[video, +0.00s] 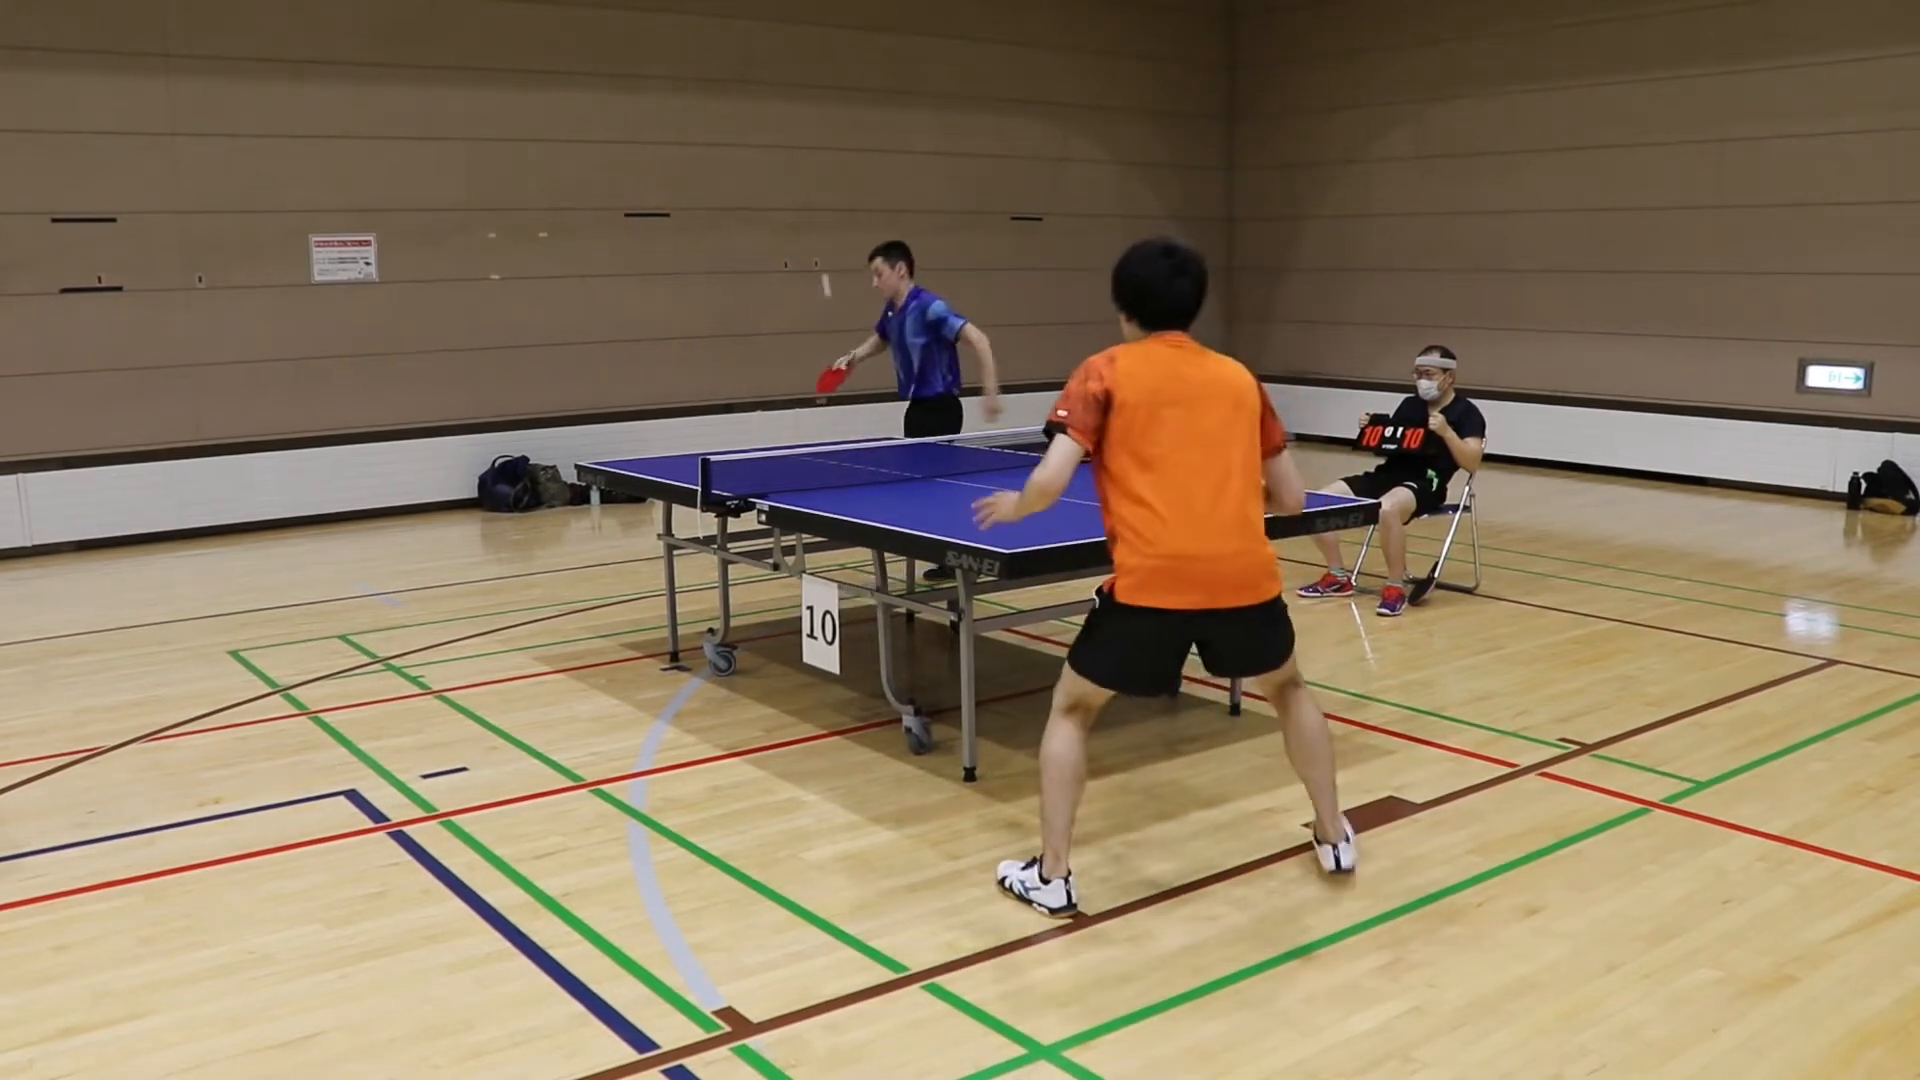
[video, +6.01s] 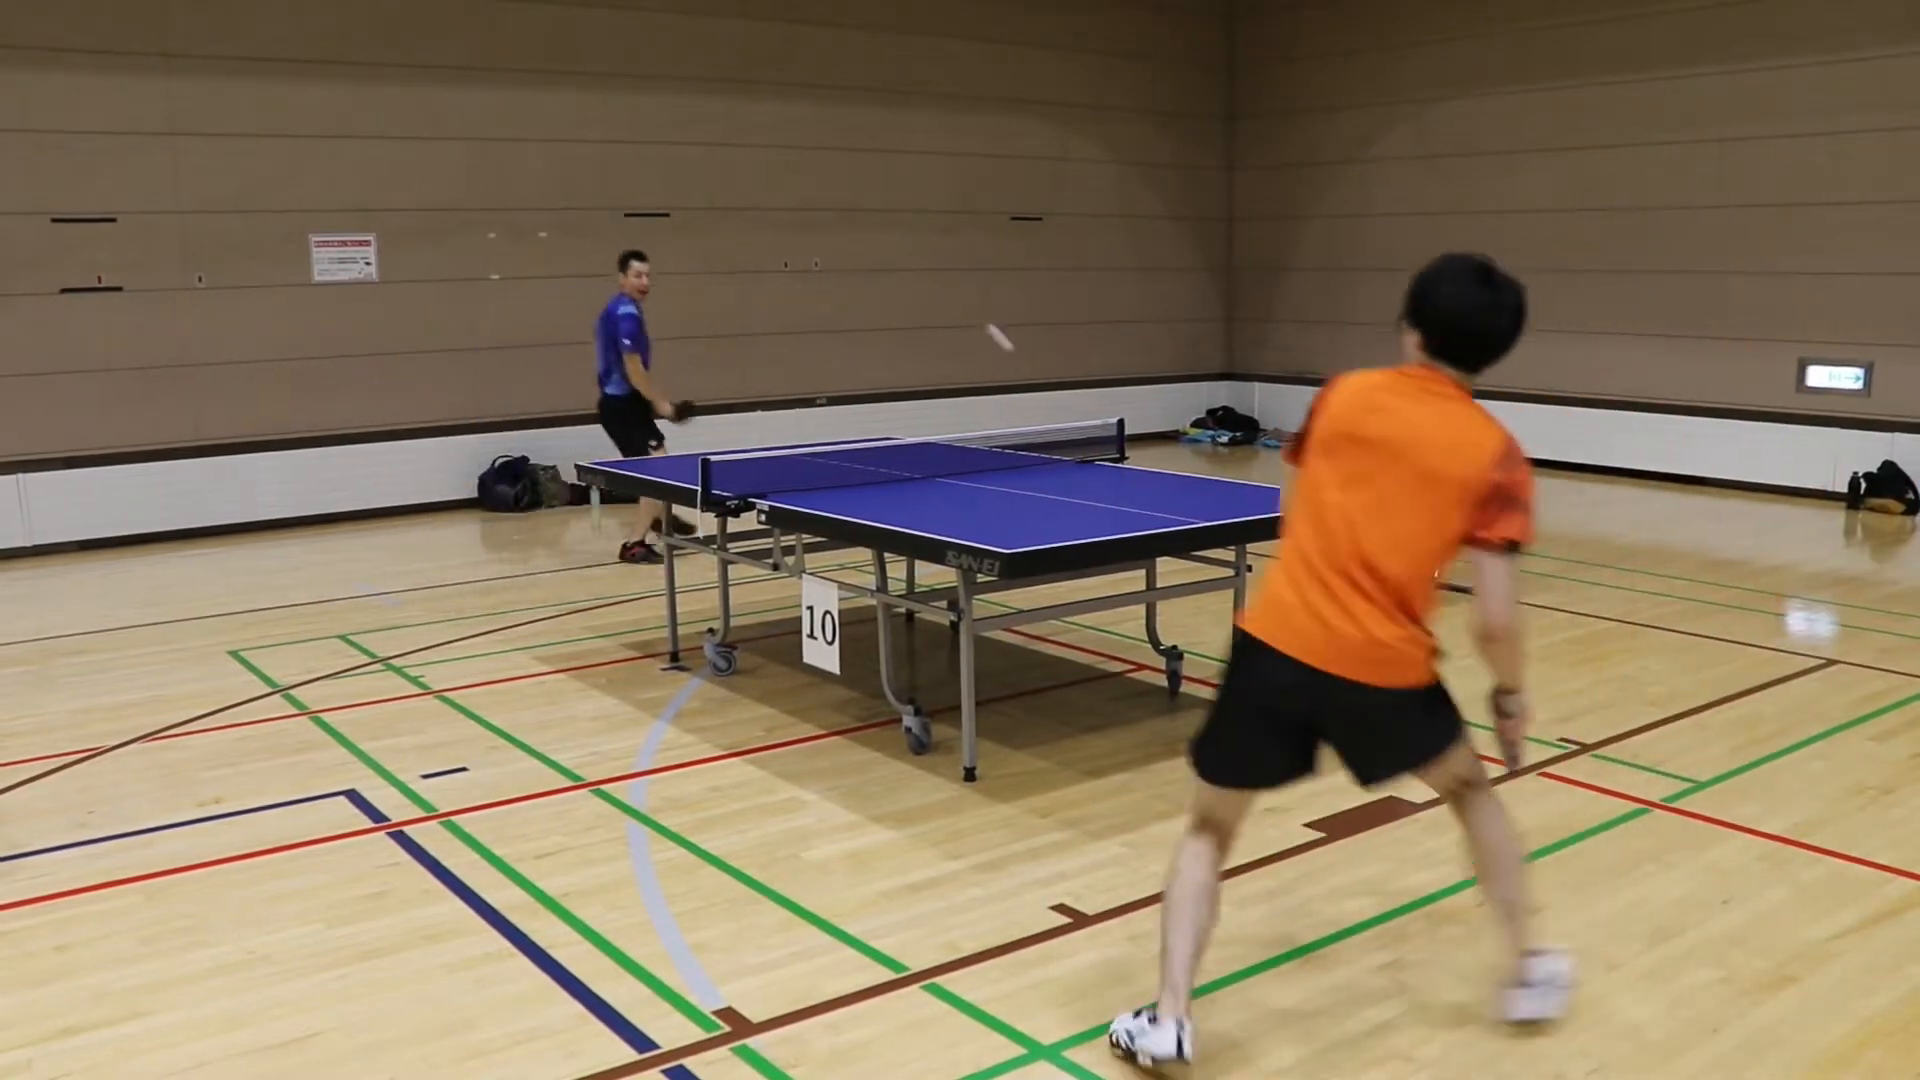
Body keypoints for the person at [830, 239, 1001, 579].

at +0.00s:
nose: (874, 283)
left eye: (878, 274)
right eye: (872, 275)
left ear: (901, 270)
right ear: (894, 273)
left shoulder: (928, 307)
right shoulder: (893, 309)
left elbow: (979, 339)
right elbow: (878, 341)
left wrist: (990, 393)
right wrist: (852, 357)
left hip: (940, 410)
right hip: (918, 410)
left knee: (934, 485)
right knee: (925, 486)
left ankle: (955, 559)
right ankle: (947, 558)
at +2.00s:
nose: (754, 340)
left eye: (759, 333)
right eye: (747, 334)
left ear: (766, 332)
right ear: (734, 335)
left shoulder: (788, 363)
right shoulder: (722, 372)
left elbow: (821, 383)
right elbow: (687, 418)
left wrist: (839, 420)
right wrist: (712, 417)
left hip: (786, 459)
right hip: (739, 464)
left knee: (834, 480)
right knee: (703, 500)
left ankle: (847, 544)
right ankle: (677, 563)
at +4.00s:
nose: (446, 277)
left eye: (448, 270)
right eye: (438, 271)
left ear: (450, 275)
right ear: (415, 275)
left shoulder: (455, 313)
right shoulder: (395, 322)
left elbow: (464, 350)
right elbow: (370, 377)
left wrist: (487, 381)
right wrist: (410, 403)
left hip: (452, 419)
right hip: (413, 425)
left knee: (510, 484)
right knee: (419, 507)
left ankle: (503, 553)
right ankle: (372, 590)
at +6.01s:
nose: (645, 281)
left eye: (648, 275)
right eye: (638, 275)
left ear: (646, 278)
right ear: (622, 278)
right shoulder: (626, 312)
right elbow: (633, 369)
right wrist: (662, 402)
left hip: (621, 399)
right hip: (622, 402)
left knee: (656, 459)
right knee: (659, 463)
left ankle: (663, 518)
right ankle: (635, 541)